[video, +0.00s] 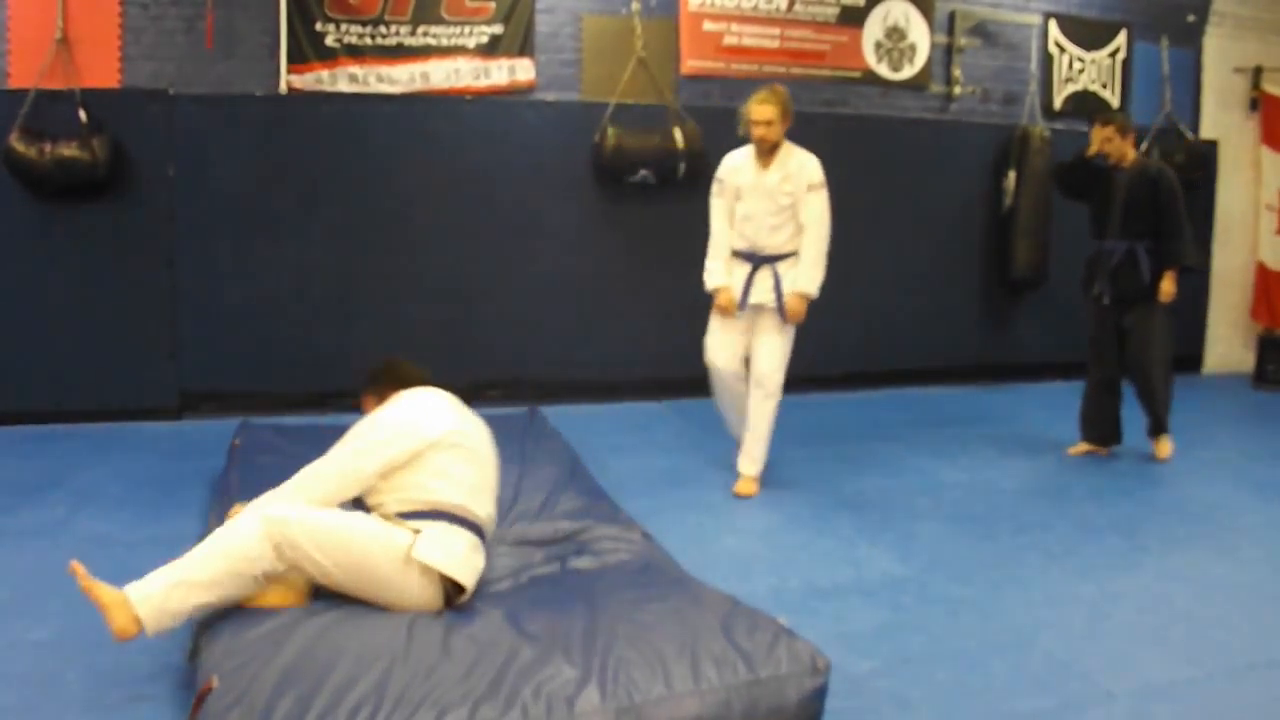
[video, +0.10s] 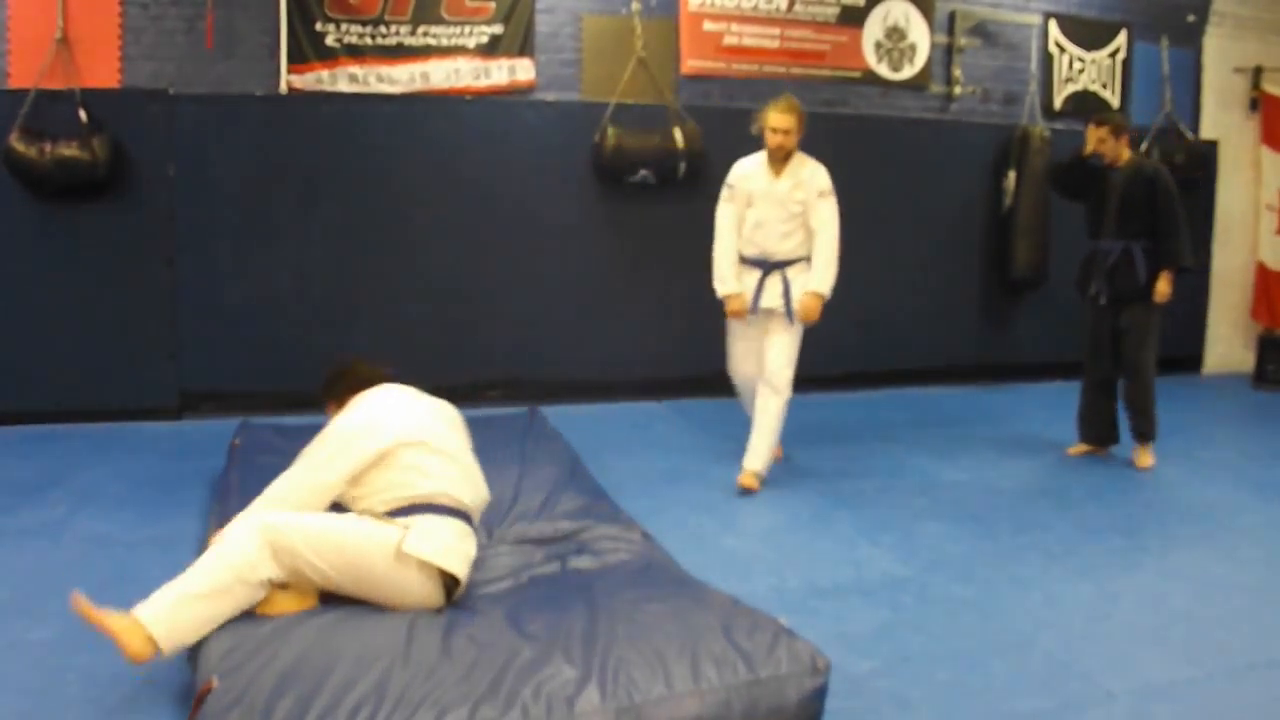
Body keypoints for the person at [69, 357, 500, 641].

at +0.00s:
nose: (364, 419)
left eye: (365, 410)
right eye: (364, 412)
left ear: (382, 397)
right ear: (402, 393)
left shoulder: (423, 405)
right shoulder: (430, 423)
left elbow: (333, 475)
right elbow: (342, 483)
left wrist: (257, 514)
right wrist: (265, 507)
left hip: (426, 566)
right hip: (419, 565)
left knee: (271, 525)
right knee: (280, 516)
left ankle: (137, 607)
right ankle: (290, 584)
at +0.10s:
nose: (332, 426)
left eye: (333, 416)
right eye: (330, 419)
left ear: (345, 401)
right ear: (382, 385)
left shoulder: (379, 404)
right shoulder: (436, 417)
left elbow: (302, 484)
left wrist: (238, 532)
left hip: (414, 555)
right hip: (433, 573)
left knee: (263, 530)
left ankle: (149, 629)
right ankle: (298, 591)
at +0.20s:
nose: (304, 429)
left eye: (304, 419)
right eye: (305, 421)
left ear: (315, 404)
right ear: (351, 388)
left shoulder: (336, 410)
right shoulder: (416, 418)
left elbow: (272, 492)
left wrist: (219, 543)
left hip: (395, 555)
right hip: (432, 576)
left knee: (254, 547)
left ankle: (168, 667)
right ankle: (295, 595)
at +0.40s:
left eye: (258, 416)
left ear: (271, 403)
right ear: (318, 389)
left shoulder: (267, 420)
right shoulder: (372, 411)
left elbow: (222, 497)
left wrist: (220, 554)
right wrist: (450, 536)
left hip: (341, 530)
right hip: (399, 556)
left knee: (209, 569)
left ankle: (171, 682)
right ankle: (289, 600)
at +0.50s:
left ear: (283, 381)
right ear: (343, 385)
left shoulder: (264, 396)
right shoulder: (369, 407)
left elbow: (223, 478)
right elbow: (414, 480)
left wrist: (234, 545)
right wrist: (451, 539)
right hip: (363, 525)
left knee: (187, 580)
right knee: (275, 544)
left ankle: (172, 679)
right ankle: (286, 595)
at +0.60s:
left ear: (279, 357)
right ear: (335, 363)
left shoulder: (259, 371)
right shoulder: (357, 388)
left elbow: (210, 427)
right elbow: (403, 469)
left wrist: (215, 479)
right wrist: (443, 529)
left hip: (248, 474)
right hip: (318, 494)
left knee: (163, 562)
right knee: (282, 563)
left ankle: (163, 655)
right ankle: (279, 596)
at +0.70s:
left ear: (285, 324)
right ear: (325, 336)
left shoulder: (254, 336)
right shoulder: (347, 371)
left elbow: (182, 389)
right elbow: (390, 453)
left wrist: (196, 455)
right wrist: (429, 520)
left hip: (226, 456)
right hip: (297, 485)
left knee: (138, 516)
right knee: (276, 559)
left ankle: (146, 606)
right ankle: (273, 596)